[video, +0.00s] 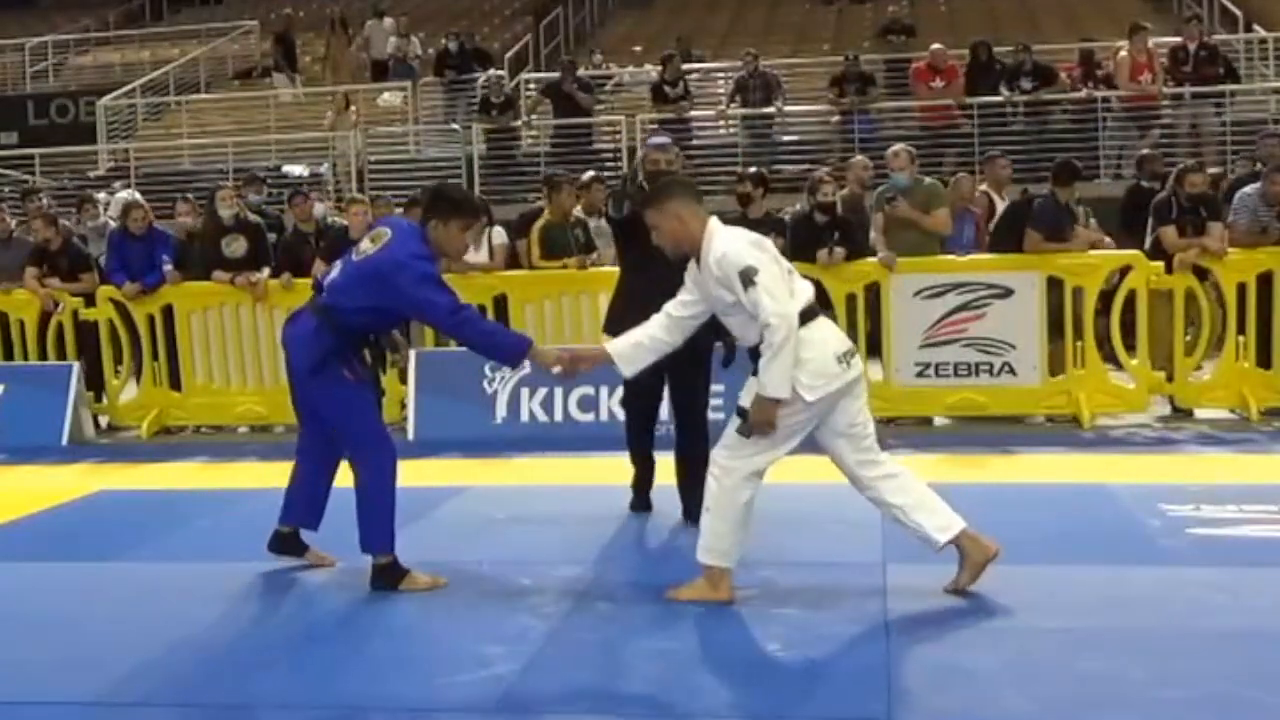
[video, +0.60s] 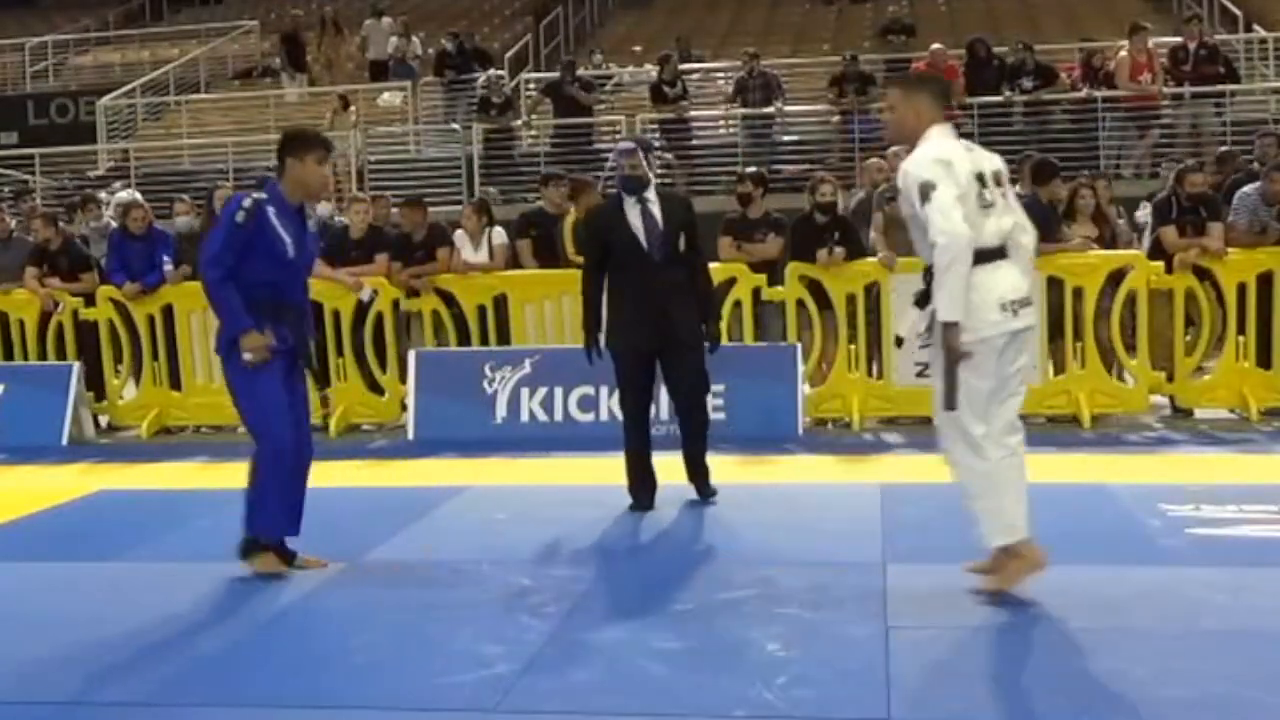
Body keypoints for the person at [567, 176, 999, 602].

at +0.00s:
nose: (657, 237)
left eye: (657, 226)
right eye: (653, 229)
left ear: (683, 215)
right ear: (684, 218)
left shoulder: (733, 248)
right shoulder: (706, 265)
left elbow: (781, 318)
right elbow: (670, 324)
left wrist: (768, 395)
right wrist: (601, 354)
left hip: (806, 364)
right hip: (833, 355)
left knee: (731, 464)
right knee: (868, 466)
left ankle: (715, 577)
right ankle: (969, 542)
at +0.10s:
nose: (687, 231)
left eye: (688, 219)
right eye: (684, 221)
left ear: (711, 212)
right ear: (715, 211)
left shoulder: (751, 254)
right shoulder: (745, 253)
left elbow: (793, 326)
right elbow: (729, 334)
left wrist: (772, 399)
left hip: (812, 377)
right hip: (843, 368)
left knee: (722, 462)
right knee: (863, 478)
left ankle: (714, 578)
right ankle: (967, 541)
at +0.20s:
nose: (730, 213)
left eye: (733, 201)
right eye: (729, 202)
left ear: (757, 200)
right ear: (774, 200)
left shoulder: (783, 255)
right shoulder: (812, 239)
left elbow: (810, 336)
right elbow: (800, 334)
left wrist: (786, 407)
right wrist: (767, 381)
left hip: (831, 389)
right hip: (868, 379)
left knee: (737, 465)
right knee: (867, 488)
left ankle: (716, 576)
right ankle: (963, 548)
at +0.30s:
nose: (783, 196)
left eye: (789, 184)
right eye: (785, 184)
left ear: (817, 184)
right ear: (829, 185)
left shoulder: (833, 242)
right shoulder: (872, 228)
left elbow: (853, 326)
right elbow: (900, 310)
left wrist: (829, 397)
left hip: (872, 378)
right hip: (909, 370)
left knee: (795, 473)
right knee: (900, 480)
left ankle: (733, 573)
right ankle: (977, 558)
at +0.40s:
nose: (829, 170)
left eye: (836, 160)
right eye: (831, 160)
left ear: (865, 162)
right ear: (874, 163)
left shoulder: (876, 220)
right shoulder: (914, 210)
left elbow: (904, 302)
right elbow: (944, 288)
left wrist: (881, 375)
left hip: (911, 366)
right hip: (951, 360)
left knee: (847, 468)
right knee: (936, 472)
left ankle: (796, 570)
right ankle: (985, 567)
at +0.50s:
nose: (858, 136)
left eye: (865, 126)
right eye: (860, 126)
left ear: (890, 129)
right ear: (907, 130)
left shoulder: (900, 183)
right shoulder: (947, 176)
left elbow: (934, 256)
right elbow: (987, 252)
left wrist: (921, 335)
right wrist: (973, 307)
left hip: (942, 328)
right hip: (982, 324)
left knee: (899, 444)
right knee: (970, 444)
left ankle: (899, 562)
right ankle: (989, 558)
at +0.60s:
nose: (887, 116)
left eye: (894, 107)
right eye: (887, 107)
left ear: (922, 108)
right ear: (938, 109)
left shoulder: (922, 165)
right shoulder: (985, 157)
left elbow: (953, 240)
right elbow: (1022, 233)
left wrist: (949, 318)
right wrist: (1017, 295)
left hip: (975, 300)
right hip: (1018, 294)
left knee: (958, 424)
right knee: (1003, 422)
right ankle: (1012, 542)